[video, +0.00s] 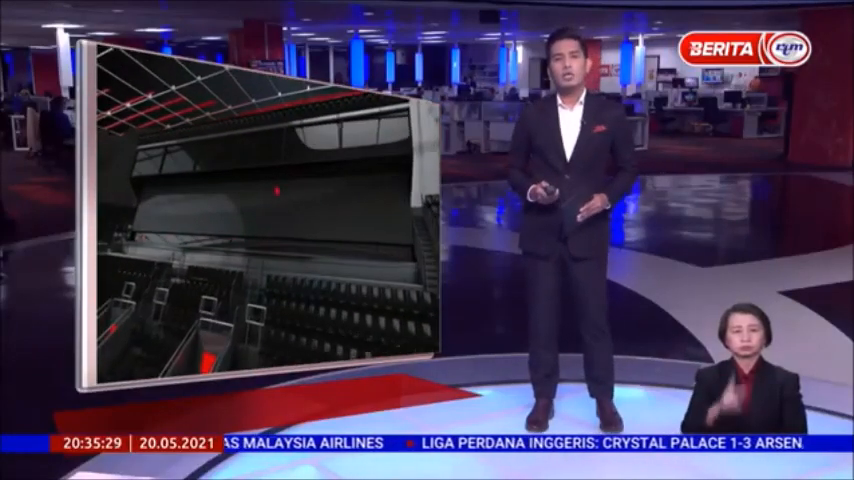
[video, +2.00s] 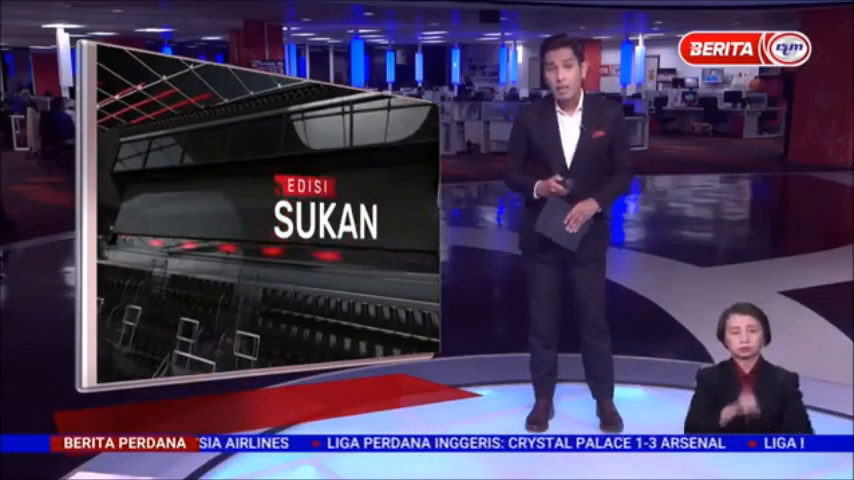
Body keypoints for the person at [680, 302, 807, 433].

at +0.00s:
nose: (745, 338)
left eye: (753, 330)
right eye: (737, 331)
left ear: (765, 337)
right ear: (725, 339)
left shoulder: (785, 381)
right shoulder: (708, 377)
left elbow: (796, 437)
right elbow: (689, 429)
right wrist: (719, 408)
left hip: (768, 464)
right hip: (715, 463)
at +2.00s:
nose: (744, 338)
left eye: (753, 331)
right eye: (735, 332)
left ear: (764, 337)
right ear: (724, 339)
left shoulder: (785, 381)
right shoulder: (709, 378)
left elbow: (802, 435)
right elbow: (692, 430)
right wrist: (730, 412)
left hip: (772, 463)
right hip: (721, 462)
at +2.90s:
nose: (741, 339)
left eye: (749, 331)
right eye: (732, 333)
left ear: (761, 336)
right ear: (721, 340)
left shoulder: (782, 374)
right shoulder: (709, 375)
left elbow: (805, 417)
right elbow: (687, 426)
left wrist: (774, 382)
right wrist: (710, 397)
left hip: (773, 461)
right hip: (721, 462)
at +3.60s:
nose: (743, 345)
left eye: (751, 336)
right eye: (735, 338)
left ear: (763, 339)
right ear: (724, 342)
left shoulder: (782, 375)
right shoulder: (711, 375)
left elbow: (808, 417)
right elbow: (682, 420)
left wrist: (782, 381)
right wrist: (703, 381)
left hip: (773, 460)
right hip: (721, 461)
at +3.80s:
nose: (744, 346)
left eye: (752, 337)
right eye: (736, 338)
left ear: (764, 339)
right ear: (725, 341)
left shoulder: (783, 376)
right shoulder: (709, 375)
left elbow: (808, 425)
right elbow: (682, 426)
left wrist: (778, 396)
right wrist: (708, 393)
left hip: (772, 461)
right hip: (719, 461)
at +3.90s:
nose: (744, 344)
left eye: (752, 335)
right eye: (736, 336)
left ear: (764, 338)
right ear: (725, 341)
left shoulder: (784, 379)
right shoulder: (708, 378)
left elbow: (807, 432)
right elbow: (682, 430)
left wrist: (778, 430)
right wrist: (707, 423)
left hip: (771, 464)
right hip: (717, 464)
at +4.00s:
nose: (745, 341)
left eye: (752, 333)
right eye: (736, 334)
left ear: (765, 337)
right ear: (725, 340)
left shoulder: (785, 379)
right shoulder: (708, 377)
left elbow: (804, 432)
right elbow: (684, 430)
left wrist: (777, 428)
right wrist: (710, 419)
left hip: (770, 465)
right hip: (716, 464)